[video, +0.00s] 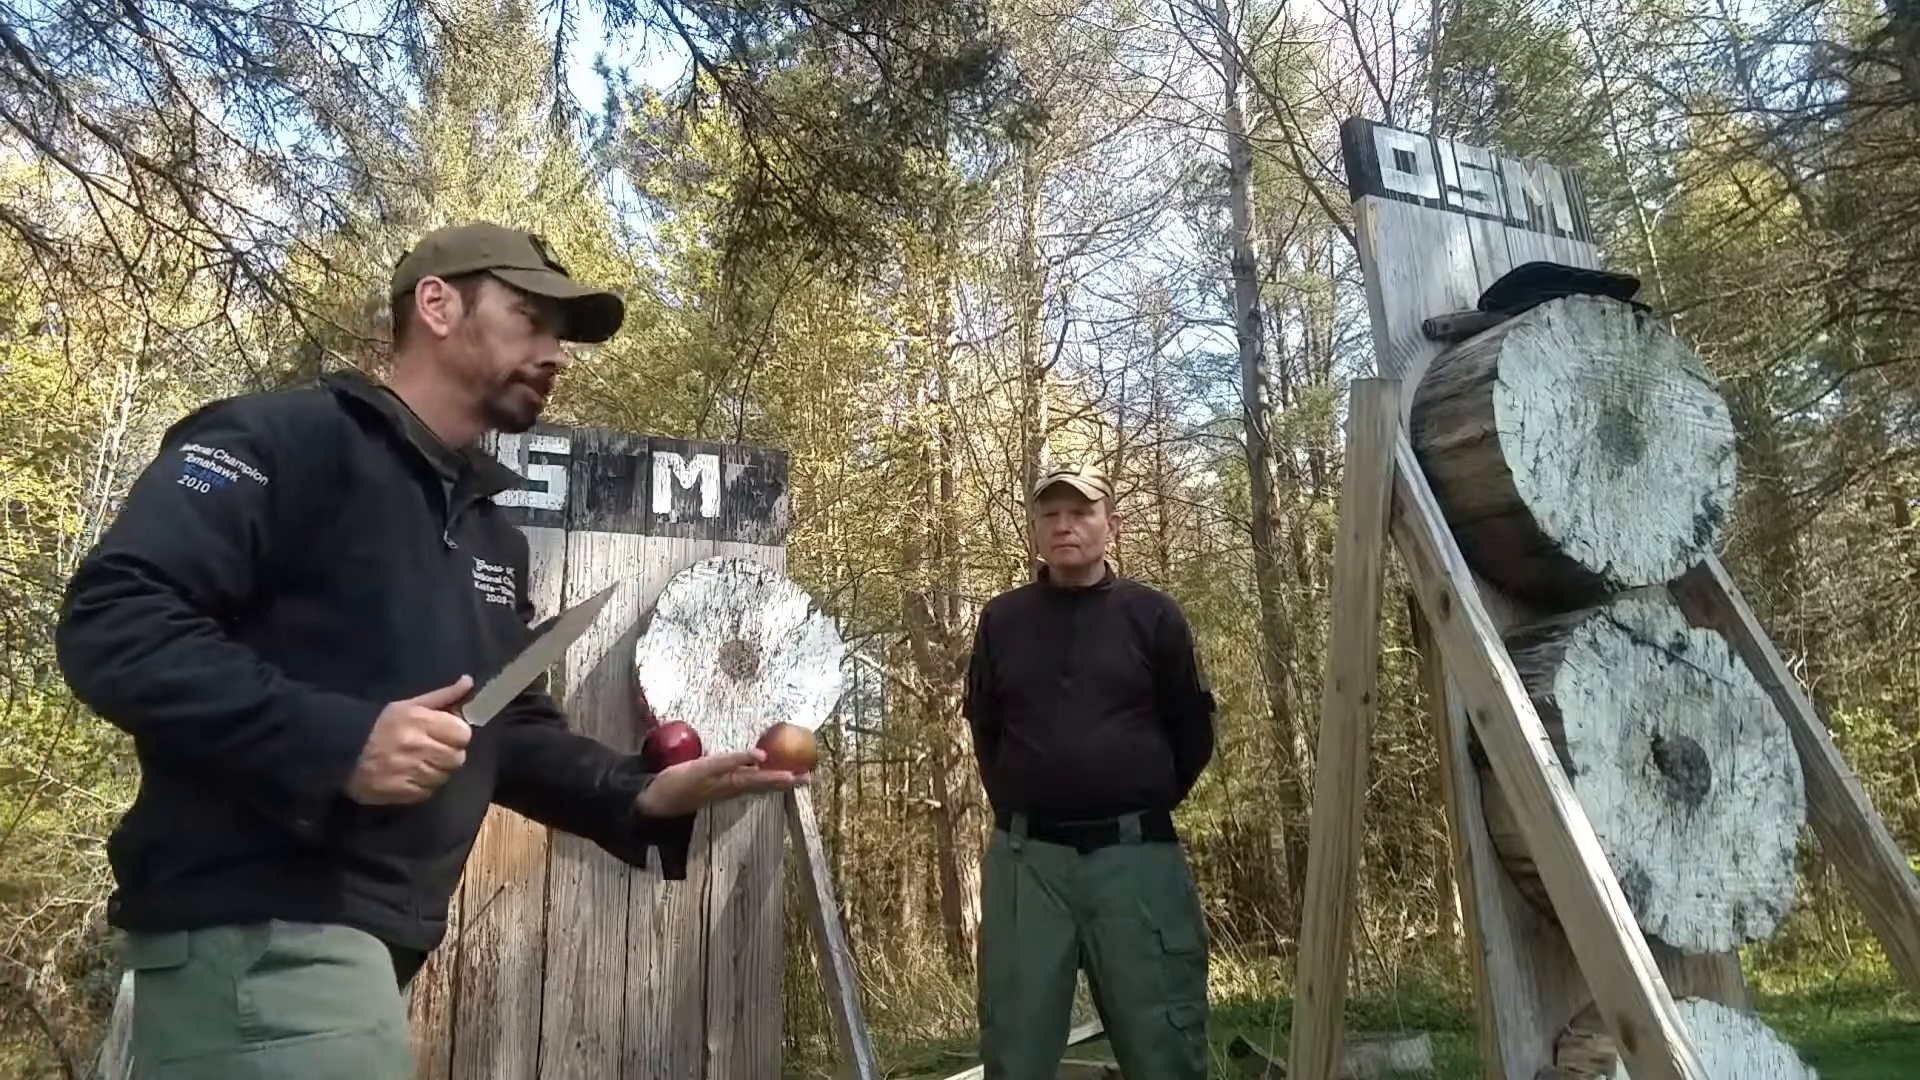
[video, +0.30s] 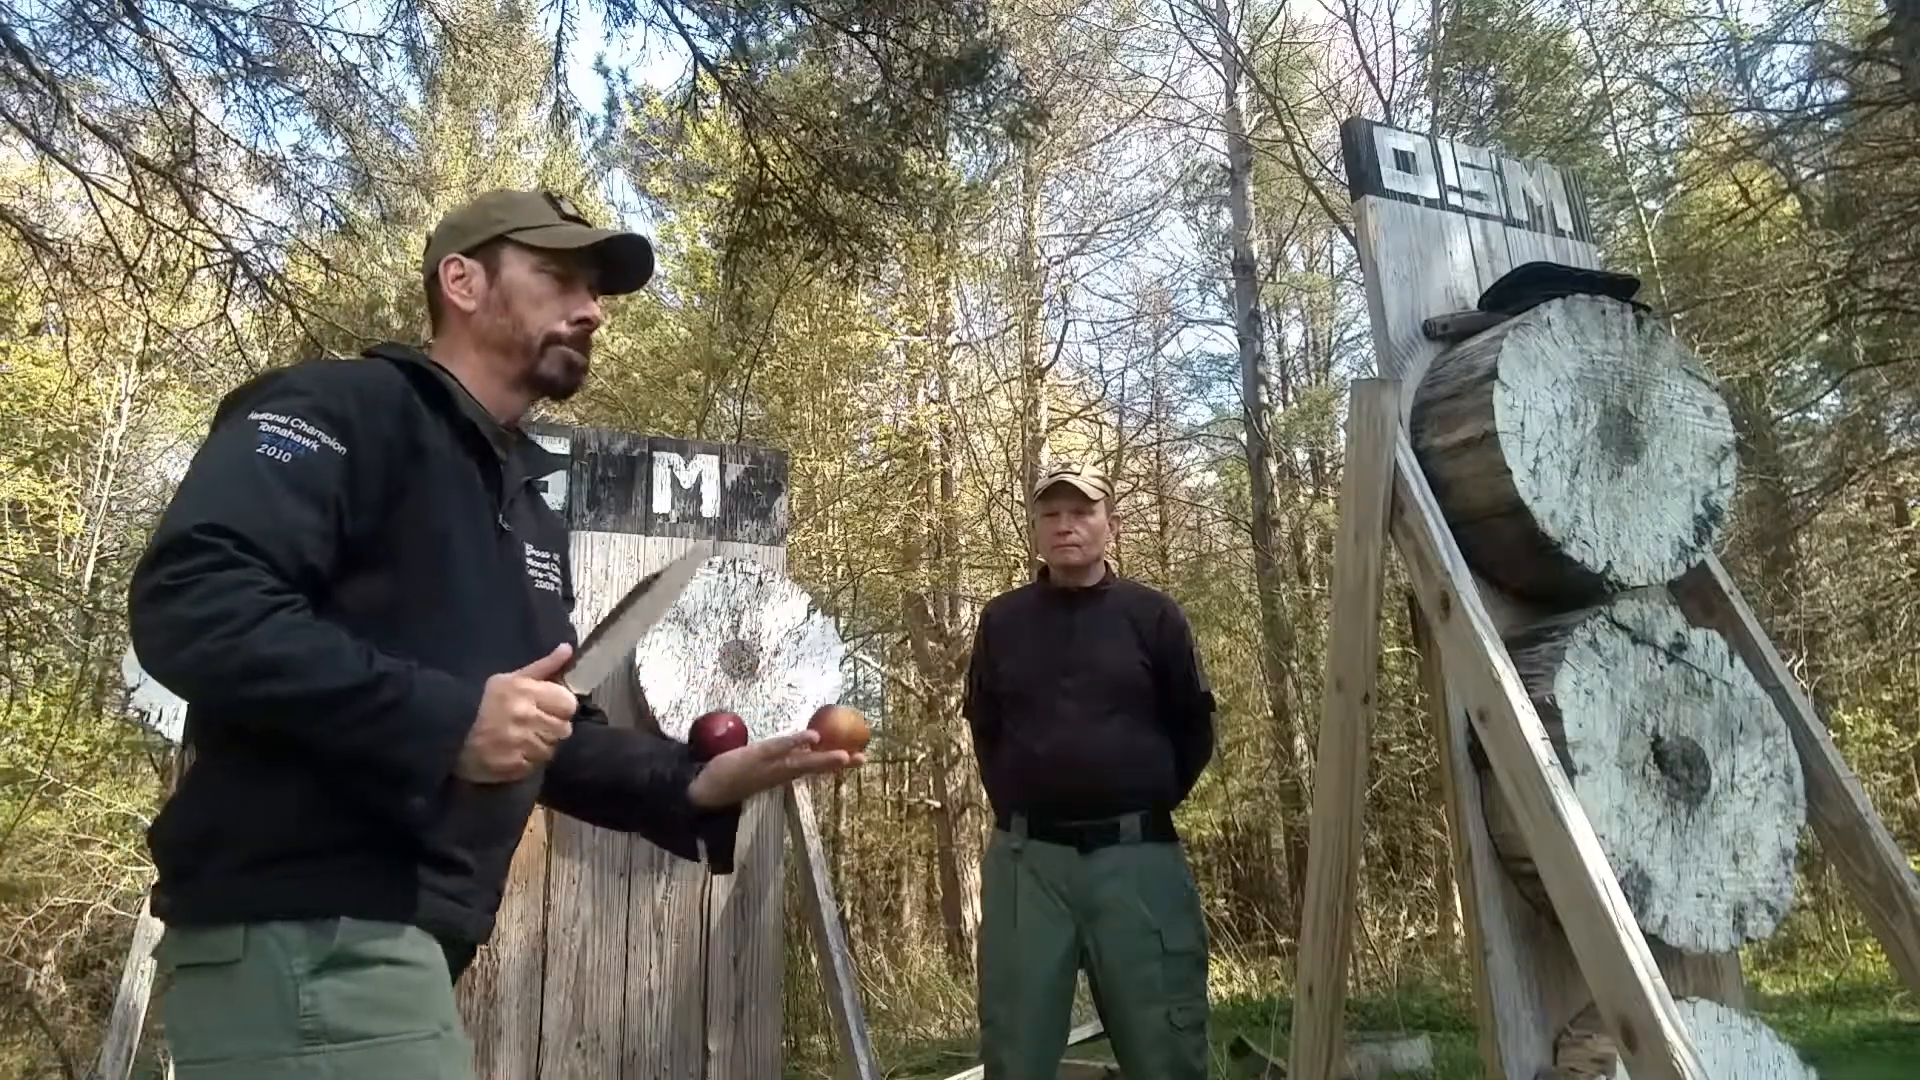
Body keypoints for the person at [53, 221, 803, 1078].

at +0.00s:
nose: (559, 353)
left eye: (564, 334)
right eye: (536, 319)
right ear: (437, 309)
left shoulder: (491, 533)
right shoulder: (277, 439)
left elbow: (499, 727)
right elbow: (113, 625)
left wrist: (641, 796)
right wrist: (337, 739)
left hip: (358, 953)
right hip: (255, 943)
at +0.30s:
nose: (592, 309)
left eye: (597, 289)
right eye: (559, 274)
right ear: (462, 283)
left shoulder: (529, 514)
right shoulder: (338, 405)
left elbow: (532, 731)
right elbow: (194, 604)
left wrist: (697, 780)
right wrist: (453, 719)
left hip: (395, 944)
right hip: (302, 940)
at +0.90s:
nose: (547, 375)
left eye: (555, 351)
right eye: (524, 337)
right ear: (420, 324)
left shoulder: (478, 553)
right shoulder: (258, 457)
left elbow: (498, 750)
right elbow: (98, 651)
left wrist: (647, 809)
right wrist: (359, 753)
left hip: (352, 966)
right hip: (261, 966)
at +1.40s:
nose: (584, 402)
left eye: (587, 379)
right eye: (558, 364)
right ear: (459, 354)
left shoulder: (494, 590)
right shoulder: (299, 478)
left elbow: (486, 801)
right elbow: (142, 685)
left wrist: (657, 877)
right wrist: (409, 805)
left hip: (365, 1011)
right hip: (249, 1008)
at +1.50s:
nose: (570, 453)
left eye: (573, 427)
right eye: (544, 416)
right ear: (444, 408)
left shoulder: (490, 643)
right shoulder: (286, 546)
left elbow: (487, 856)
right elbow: (126, 771)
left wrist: (648, 939)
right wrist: (393, 891)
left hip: (375, 1042)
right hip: (234, 1043)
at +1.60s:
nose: (559, 472)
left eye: (564, 449)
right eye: (531, 439)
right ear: (428, 433)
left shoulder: (485, 662)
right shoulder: (268, 583)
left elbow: (521, 868)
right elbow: (128, 812)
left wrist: (672, 944)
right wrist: (389, 933)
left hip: (396, 1052)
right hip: (224, 1053)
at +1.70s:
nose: (545, 424)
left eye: (546, 399)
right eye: (517, 391)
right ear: (415, 387)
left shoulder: (486, 595)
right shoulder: (265, 538)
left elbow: (560, 762)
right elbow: (163, 748)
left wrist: (756, 777)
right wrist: (460, 803)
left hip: (419, 1021)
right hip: (285, 1025)